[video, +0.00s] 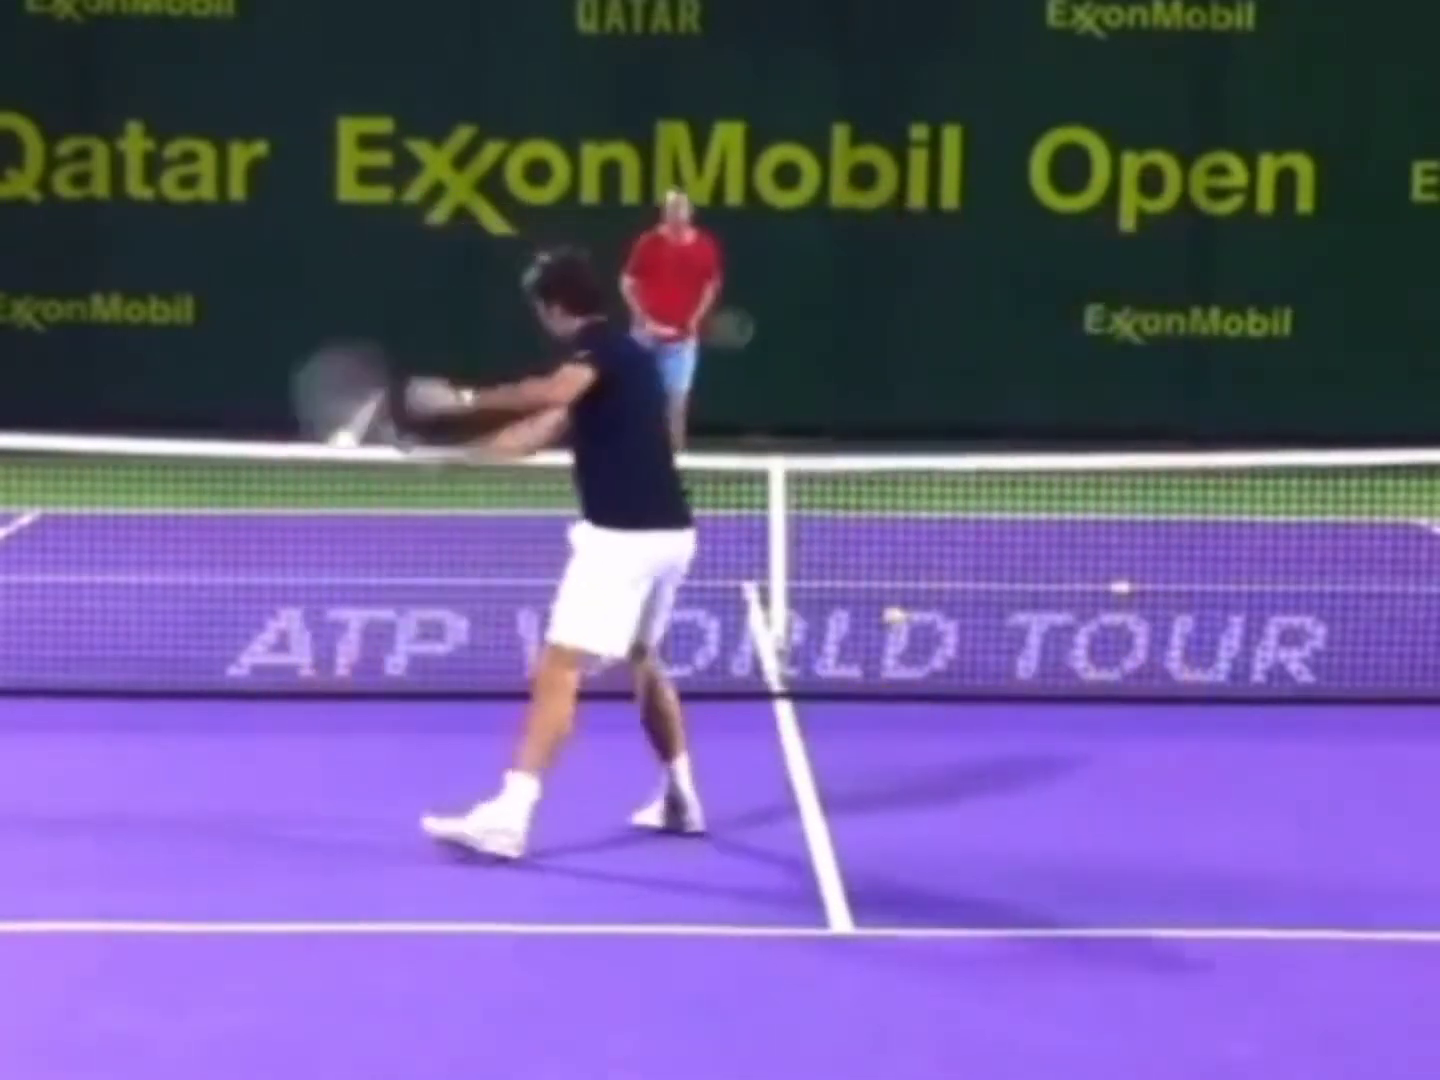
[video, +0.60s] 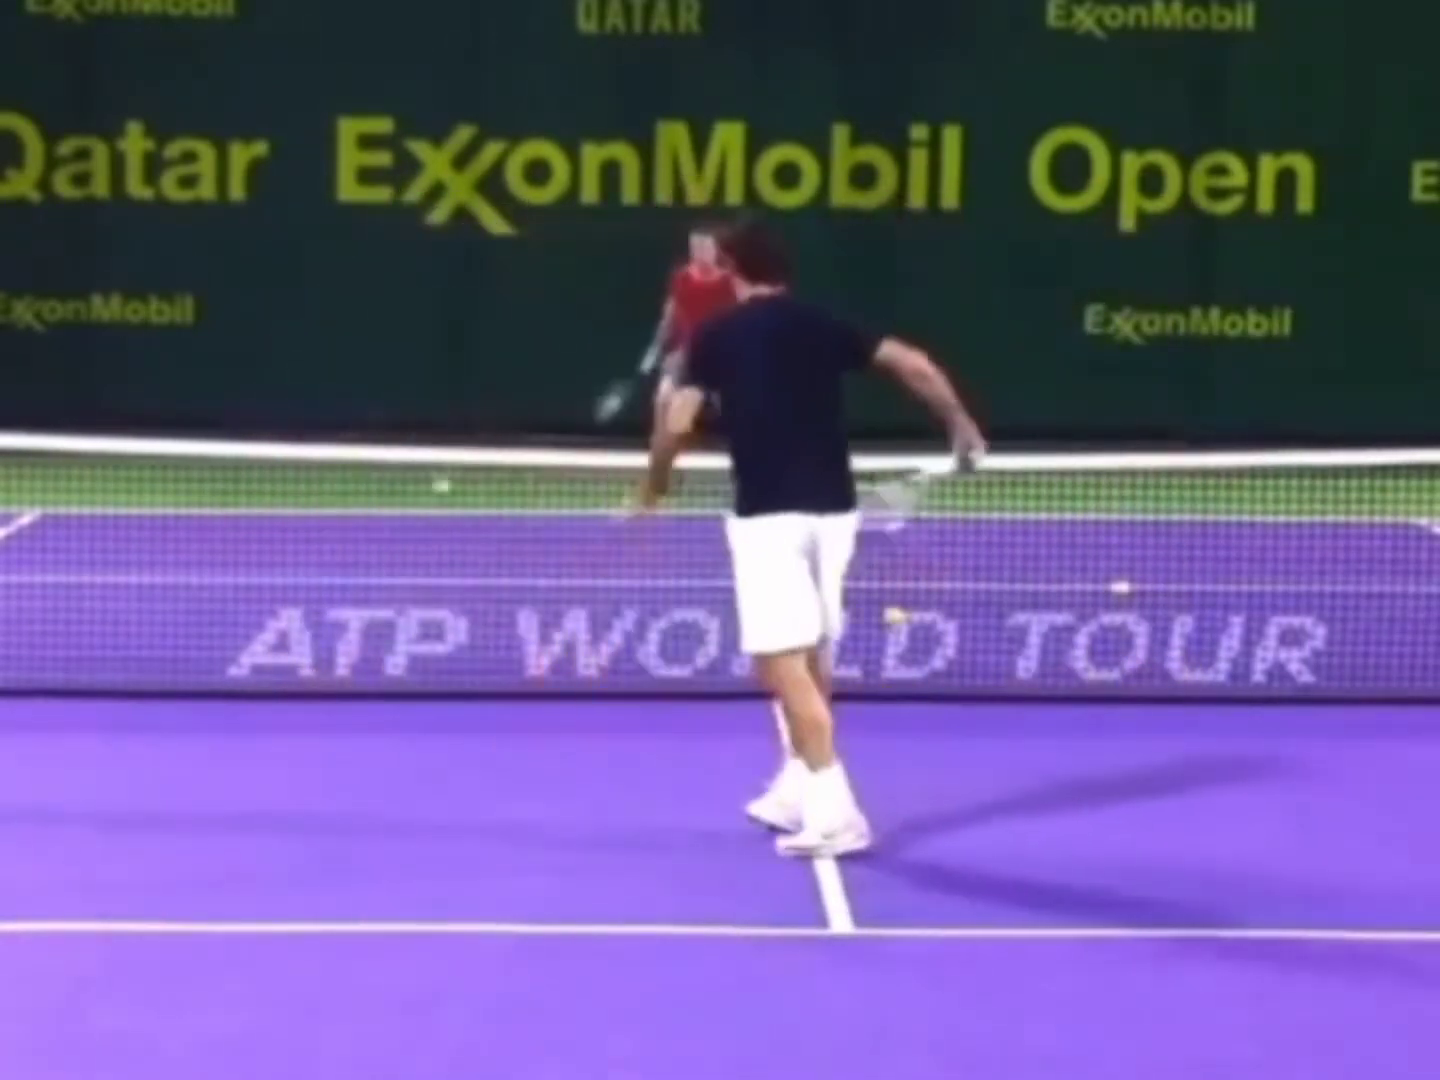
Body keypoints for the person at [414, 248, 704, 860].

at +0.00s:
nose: (541, 318)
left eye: (542, 306)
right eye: (541, 306)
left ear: (558, 304)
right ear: (597, 295)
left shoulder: (595, 350)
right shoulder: (630, 354)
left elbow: (552, 394)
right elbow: (543, 428)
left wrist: (463, 401)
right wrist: (464, 444)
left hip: (618, 535)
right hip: (670, 533)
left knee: (559, 666)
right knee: (645, 663)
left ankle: (512, 810)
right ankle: (681, 793)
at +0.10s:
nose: (567, 325)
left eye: (566, 311)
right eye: (563, 313)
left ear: (589, 300)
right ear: (619, 293)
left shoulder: (629, 338)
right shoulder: (668, 342)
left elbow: (604, 383)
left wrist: (542, 423)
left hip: (648, 521)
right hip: (693, 520)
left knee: (585, 652)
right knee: (661, 653)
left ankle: (589, 801)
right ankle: (682, 789)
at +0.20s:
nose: (588, 308)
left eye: (589, 295)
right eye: (586, 295)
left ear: (610, 288)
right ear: (639, 282)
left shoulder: (647, 334)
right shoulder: (701, 333)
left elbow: (650, 377)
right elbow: (778, 391)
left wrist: (635, 420)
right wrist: (831, 445)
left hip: (669, 515)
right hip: (712, 515)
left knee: (621, 651)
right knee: (668, 653)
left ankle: (693, 777)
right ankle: (691, 780)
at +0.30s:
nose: (627, 299)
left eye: (629, 286)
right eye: (626, 287)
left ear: (648, 283)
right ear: (685, 279)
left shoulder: (668, 333)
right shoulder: (737, 325)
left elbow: (676, 380)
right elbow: (825, 345)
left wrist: (672, 436)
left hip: (691, 519)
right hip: (736, 516)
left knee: (661, 652)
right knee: (696, 657)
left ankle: (774, 769)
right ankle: (684, 790)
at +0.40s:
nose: (664, 300)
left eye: (666, 288)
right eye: (664, 288)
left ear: (681, 285)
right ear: (728, 281)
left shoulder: (686, 339)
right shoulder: (773, 327)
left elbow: (676, 412)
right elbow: (863, 341)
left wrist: (657, 492)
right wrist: (956, 380)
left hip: (719, 521)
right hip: (775, 518)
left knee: (720, 663)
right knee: (740, 662)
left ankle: (823, 797)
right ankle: (693, 792)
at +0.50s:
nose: (694, 298)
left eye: (695, 289)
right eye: (696, 289)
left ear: (704, 290)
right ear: (761, 286)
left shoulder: (702, 354)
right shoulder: (799, 334)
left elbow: (666, 440)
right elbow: (892, 358)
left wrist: (621, 526)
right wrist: (970, 404)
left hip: (752, 533)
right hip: (816, 529)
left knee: (768, 675)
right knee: (772, 670)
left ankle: (834, 815)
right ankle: (729, 792)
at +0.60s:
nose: (714, 278)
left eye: (718, 268)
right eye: (718, 266)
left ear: (732, 274)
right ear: (784, 271)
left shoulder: (716, 335)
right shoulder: (818, 321)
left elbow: (675, 425)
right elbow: (913, 363)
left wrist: (654, 485)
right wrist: (960, 422)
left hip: (767, 517)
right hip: (834, 513)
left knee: (784, 660)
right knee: (814, 656)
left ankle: (835, 803)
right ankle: (795, 781)